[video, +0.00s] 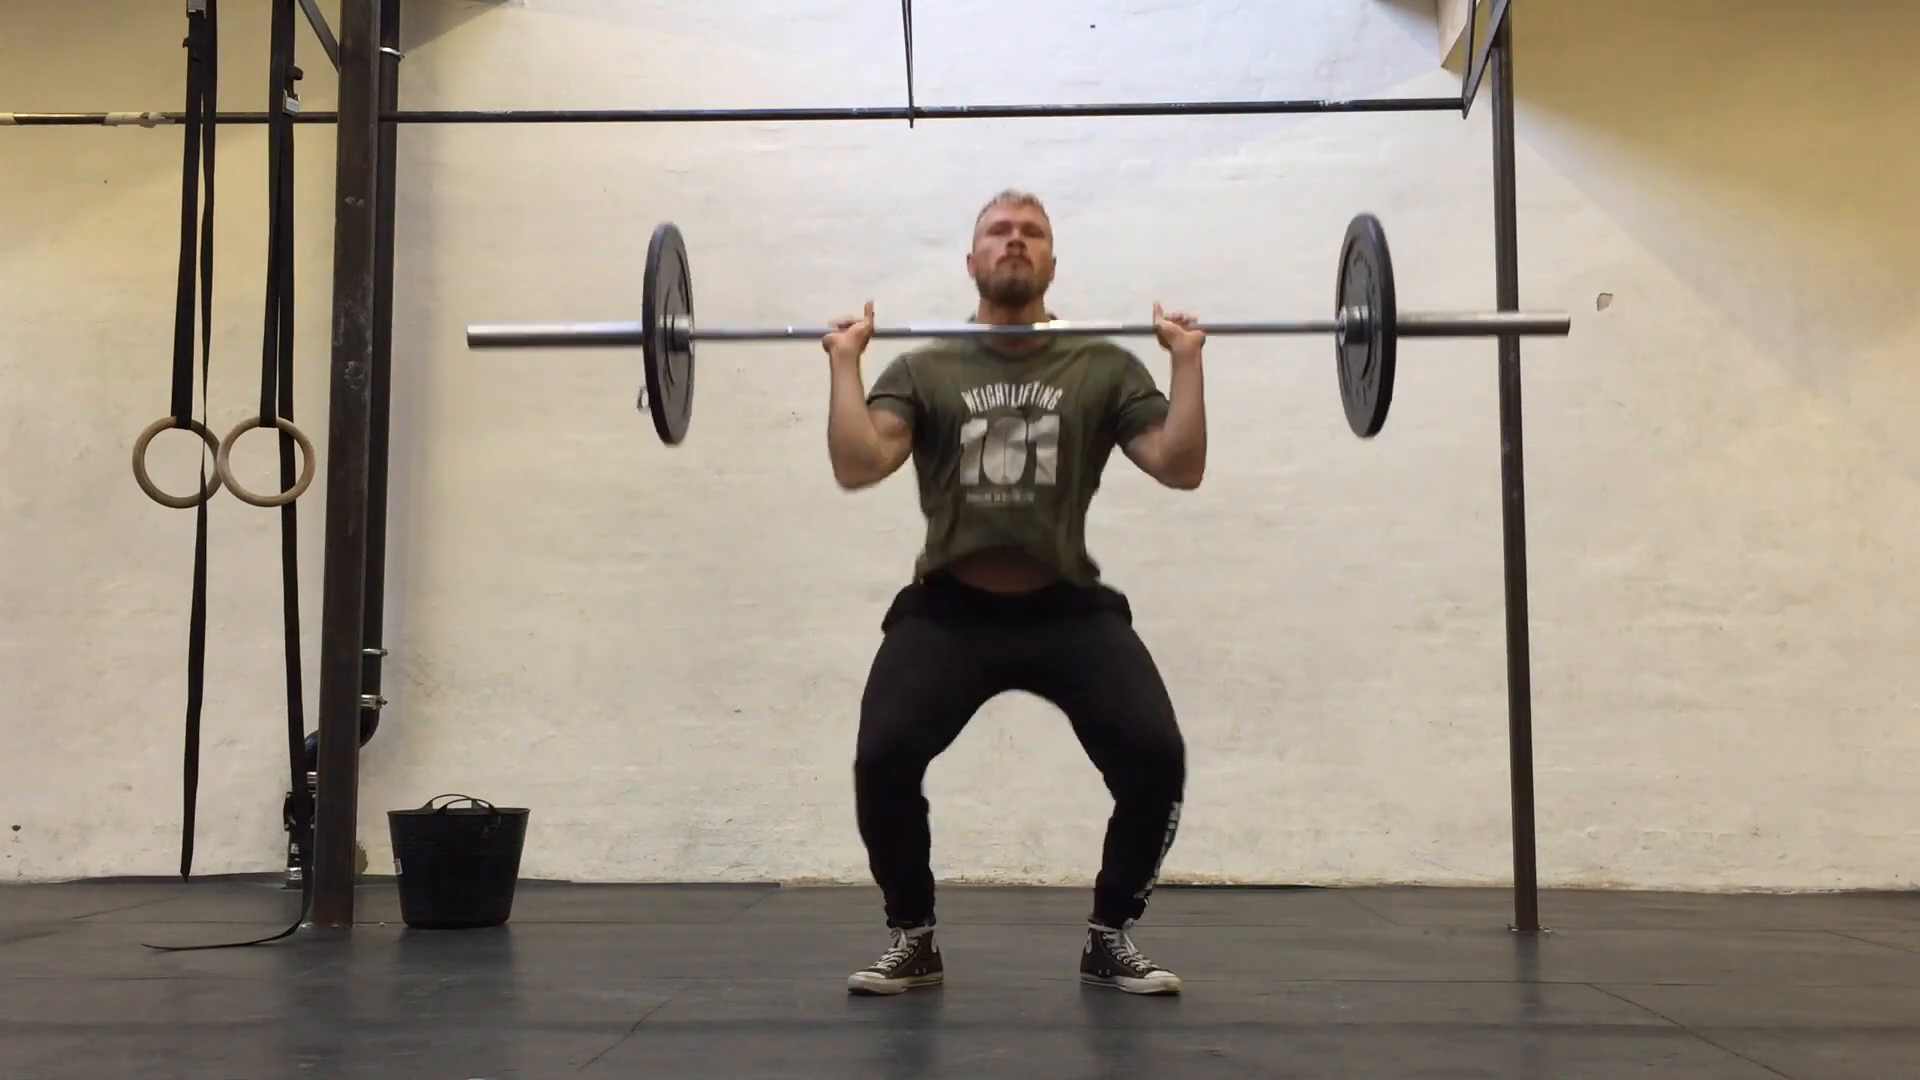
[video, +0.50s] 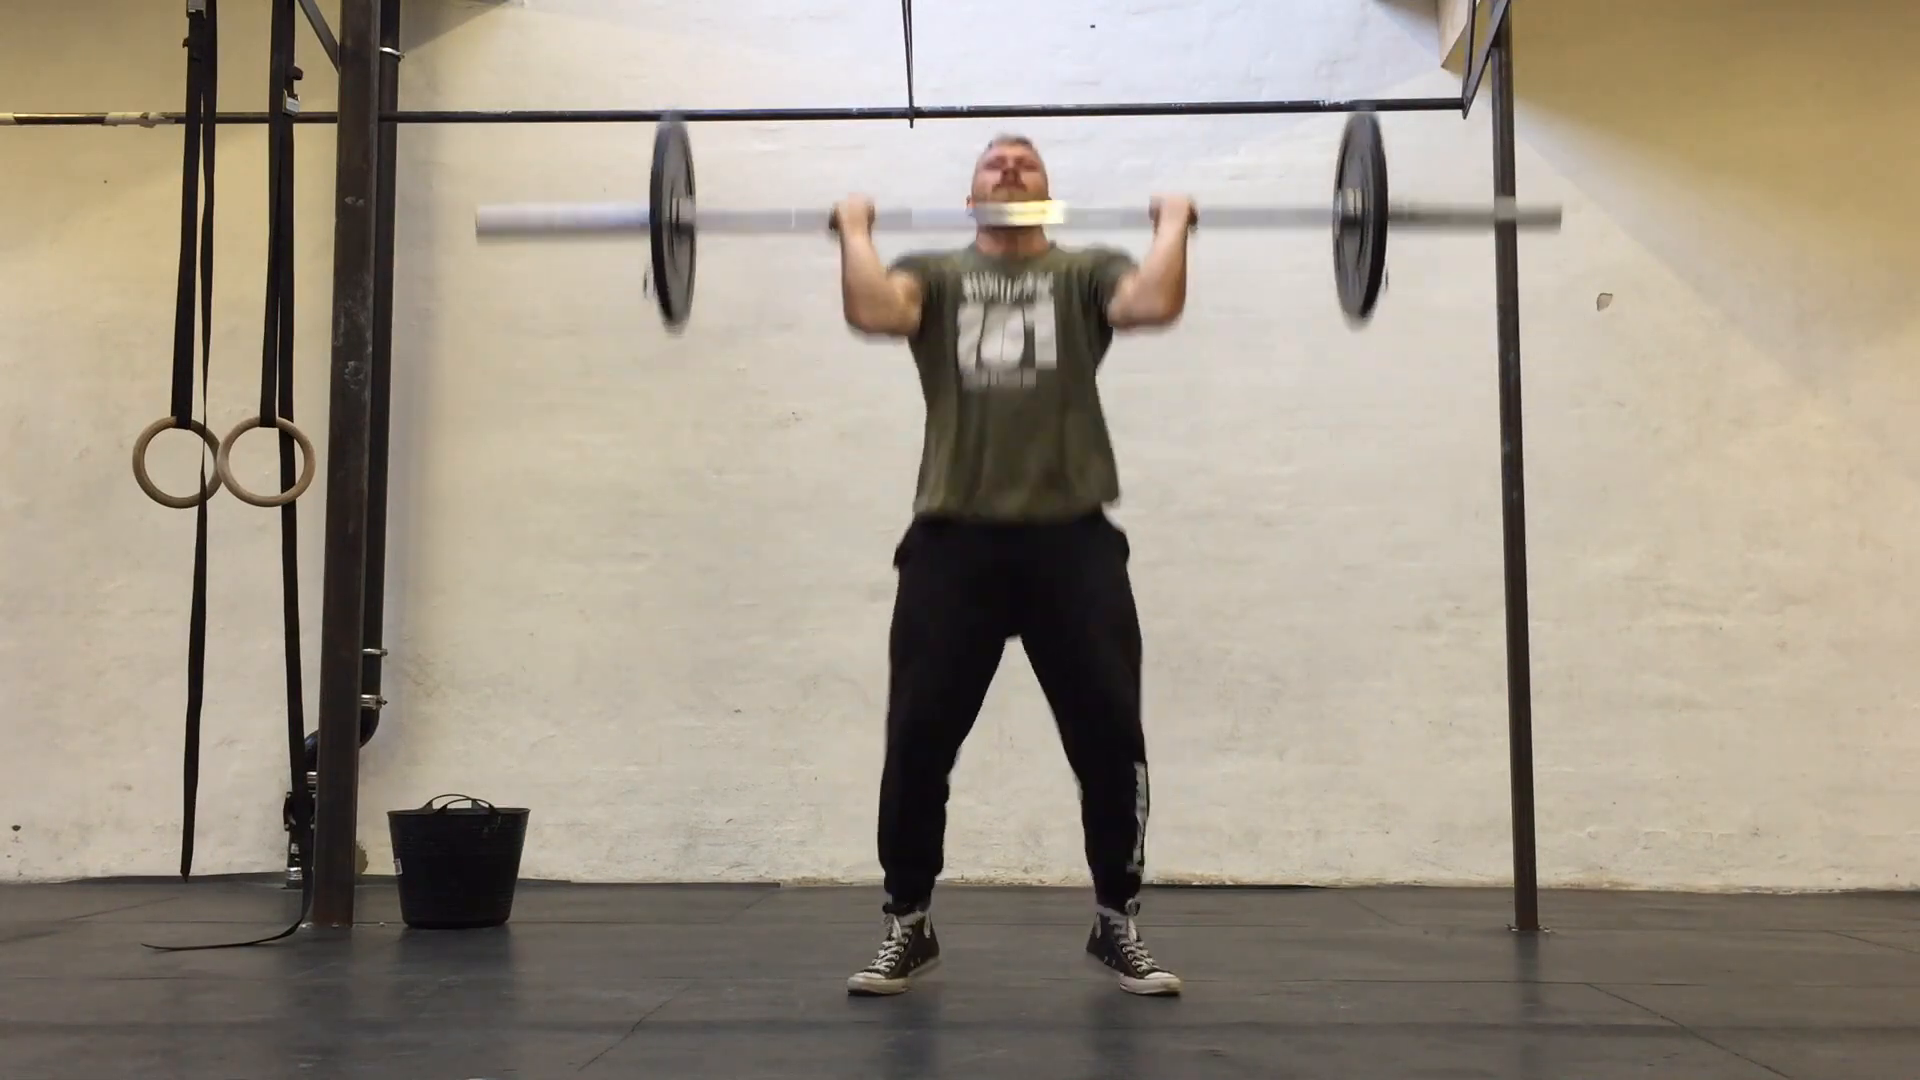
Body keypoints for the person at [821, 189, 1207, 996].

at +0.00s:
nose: (1015, 240)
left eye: (1031, 232)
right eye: (999, 230)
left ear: (1053, 265)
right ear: (970, 261)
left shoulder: (1101, 366)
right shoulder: (925, 370)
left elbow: (1181, 468)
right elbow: (856, 466)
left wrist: (1186, 359)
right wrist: (845, 363)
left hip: (1069, 614)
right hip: (947, 615)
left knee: (1155, 761)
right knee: (882, 761)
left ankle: (1109, 944)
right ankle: (913, 942)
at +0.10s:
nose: (1013, 268)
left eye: (1029, 260)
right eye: (997, 259)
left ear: (1053, 293)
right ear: (971, 291)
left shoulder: (1097, 388)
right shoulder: (931, 388)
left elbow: (1172, 449)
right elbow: (862, 435)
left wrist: (1176, 361)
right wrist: (853, 358)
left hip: (1071, 641)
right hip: (946, 641)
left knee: (1170, 772)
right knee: (870, 776)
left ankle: (1110, 942)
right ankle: (912, 942)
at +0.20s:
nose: (1013, 289)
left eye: (1029, 281)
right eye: (996, 279)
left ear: (1052, 311)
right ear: (970, 310)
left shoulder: (1096, 403)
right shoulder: (931, 406)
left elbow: (1172, 455)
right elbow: (862, 449)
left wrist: (1174, 369)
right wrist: (854, 372)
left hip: (1070, 658)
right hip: (947, 659)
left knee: (1177, 783)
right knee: (863, 788)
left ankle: (1110, 944)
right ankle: (912, 941)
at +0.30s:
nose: (1010, 274)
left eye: (1027, 266)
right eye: (995, 265)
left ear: (1051, 298)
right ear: (970, 297)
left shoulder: (1094, 390)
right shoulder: (931, 391)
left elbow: (1169, 438)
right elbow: (866, 433)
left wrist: (1171, 356)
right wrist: (852, 358)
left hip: (1072, 646)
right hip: (948, 646)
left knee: (1170, 780)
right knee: (867, 784)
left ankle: (1109, 943)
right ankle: (913, 943)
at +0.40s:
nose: (1010, 220)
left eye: (1027, 215)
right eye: (994, 215)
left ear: (1050, 252)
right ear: (971, 251)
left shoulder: (1090, 338)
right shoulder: (932, 340)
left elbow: (1162, 383)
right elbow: (872, 382)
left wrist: (1172, 312)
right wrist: (852, 311)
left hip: (1074, 609)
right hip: (949, 609)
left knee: (1147, 769)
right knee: (885, 769)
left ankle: (1110, 945)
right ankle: (912, 943)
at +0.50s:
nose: (1011, 169)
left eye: (1026, 163)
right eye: (996, 162)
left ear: (1049, 196)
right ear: (971, 195)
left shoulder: (1085, 275)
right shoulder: (936, 278)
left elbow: (1157, 303)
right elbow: (871, 312)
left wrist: (1173, 223)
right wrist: (854, 233)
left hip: (1071, 546)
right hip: (953, 546)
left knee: (1111, 737)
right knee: (917, 739)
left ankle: (1117, 926)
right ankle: (908, 926)